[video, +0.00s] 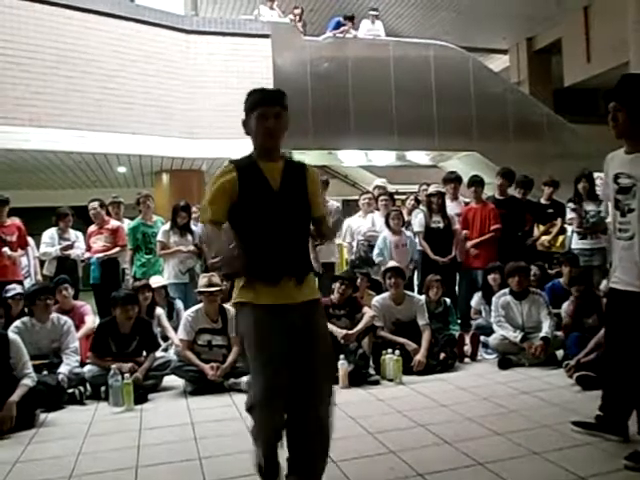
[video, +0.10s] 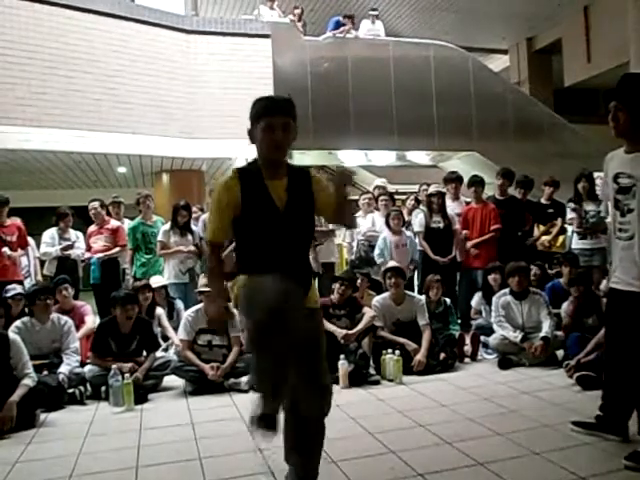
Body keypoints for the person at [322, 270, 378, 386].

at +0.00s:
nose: (343, 288)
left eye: (347, 286)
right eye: (341, 284)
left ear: (351, 291)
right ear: (334, 285)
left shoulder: (353, 302)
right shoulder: (324, 303)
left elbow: (371, 314)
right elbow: (321, 322)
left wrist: (354, 333)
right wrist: (337, 331)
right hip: (331, 345)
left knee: (369, 325)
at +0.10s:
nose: (343, 289)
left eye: (347, 287)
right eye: (341, 284)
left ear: (351, 291)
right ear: (334, 285)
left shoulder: (353, 302)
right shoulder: (323, 303)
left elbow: (371, 314)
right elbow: (319, 320)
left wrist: (354, 332)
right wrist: (337, 331)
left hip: (352, 346)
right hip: (331, 345)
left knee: (369, 326)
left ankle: (365, 368)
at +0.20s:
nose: (342, 291)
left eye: (347, 288)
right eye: (340, 286)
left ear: (351, 292)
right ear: (334, 285)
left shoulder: (352, 301)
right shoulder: (325, 303)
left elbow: (371, 314)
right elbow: (322, 322)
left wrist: (354, 332)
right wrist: (337, 331)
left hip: (352, 345)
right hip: (332, 344)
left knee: (369, 325)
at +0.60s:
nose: (341, 291)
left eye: (346, 289)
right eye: (340, 286)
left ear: (351, 291)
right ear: (335, 286)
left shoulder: (352, 302)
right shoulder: (328, 302)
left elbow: (371, 314)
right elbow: (321, 324)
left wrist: (353, 333)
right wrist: (338, 332)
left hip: (351, 344)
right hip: (332, 344)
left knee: (368, 325)